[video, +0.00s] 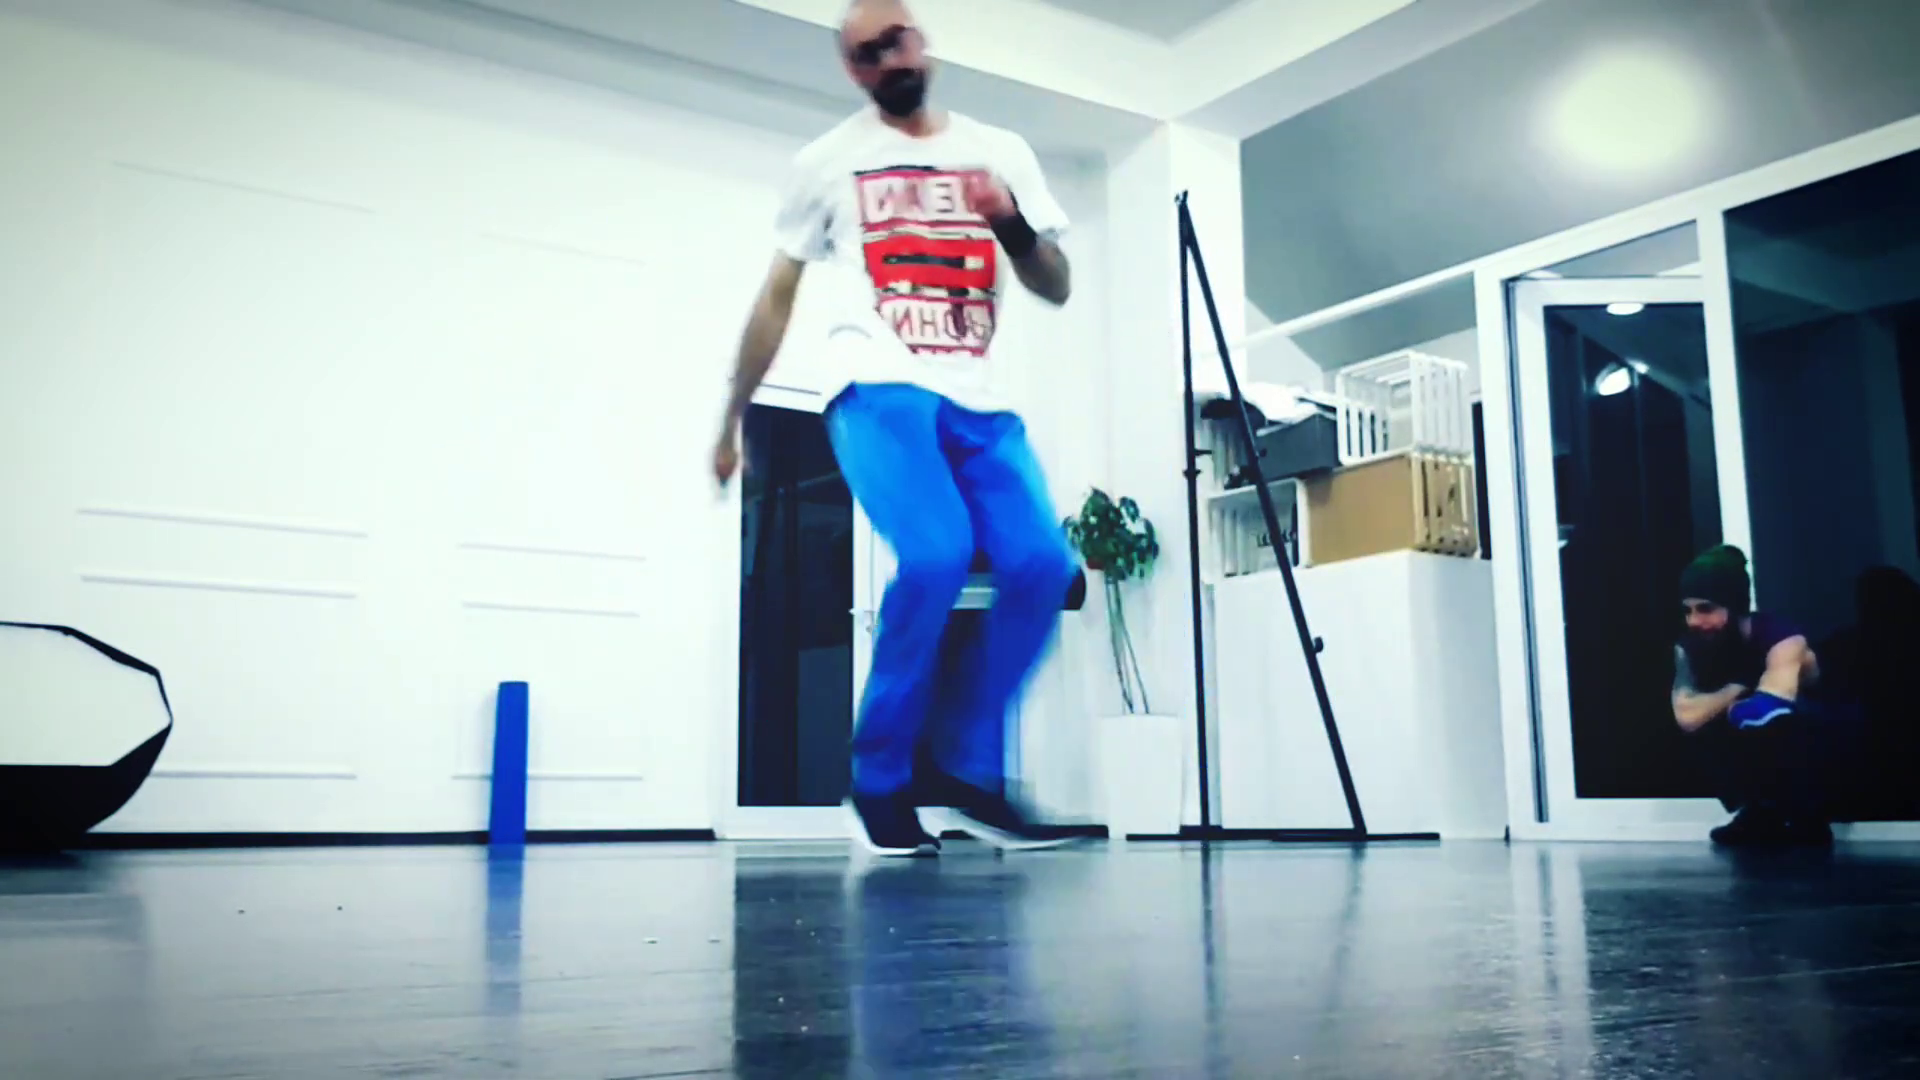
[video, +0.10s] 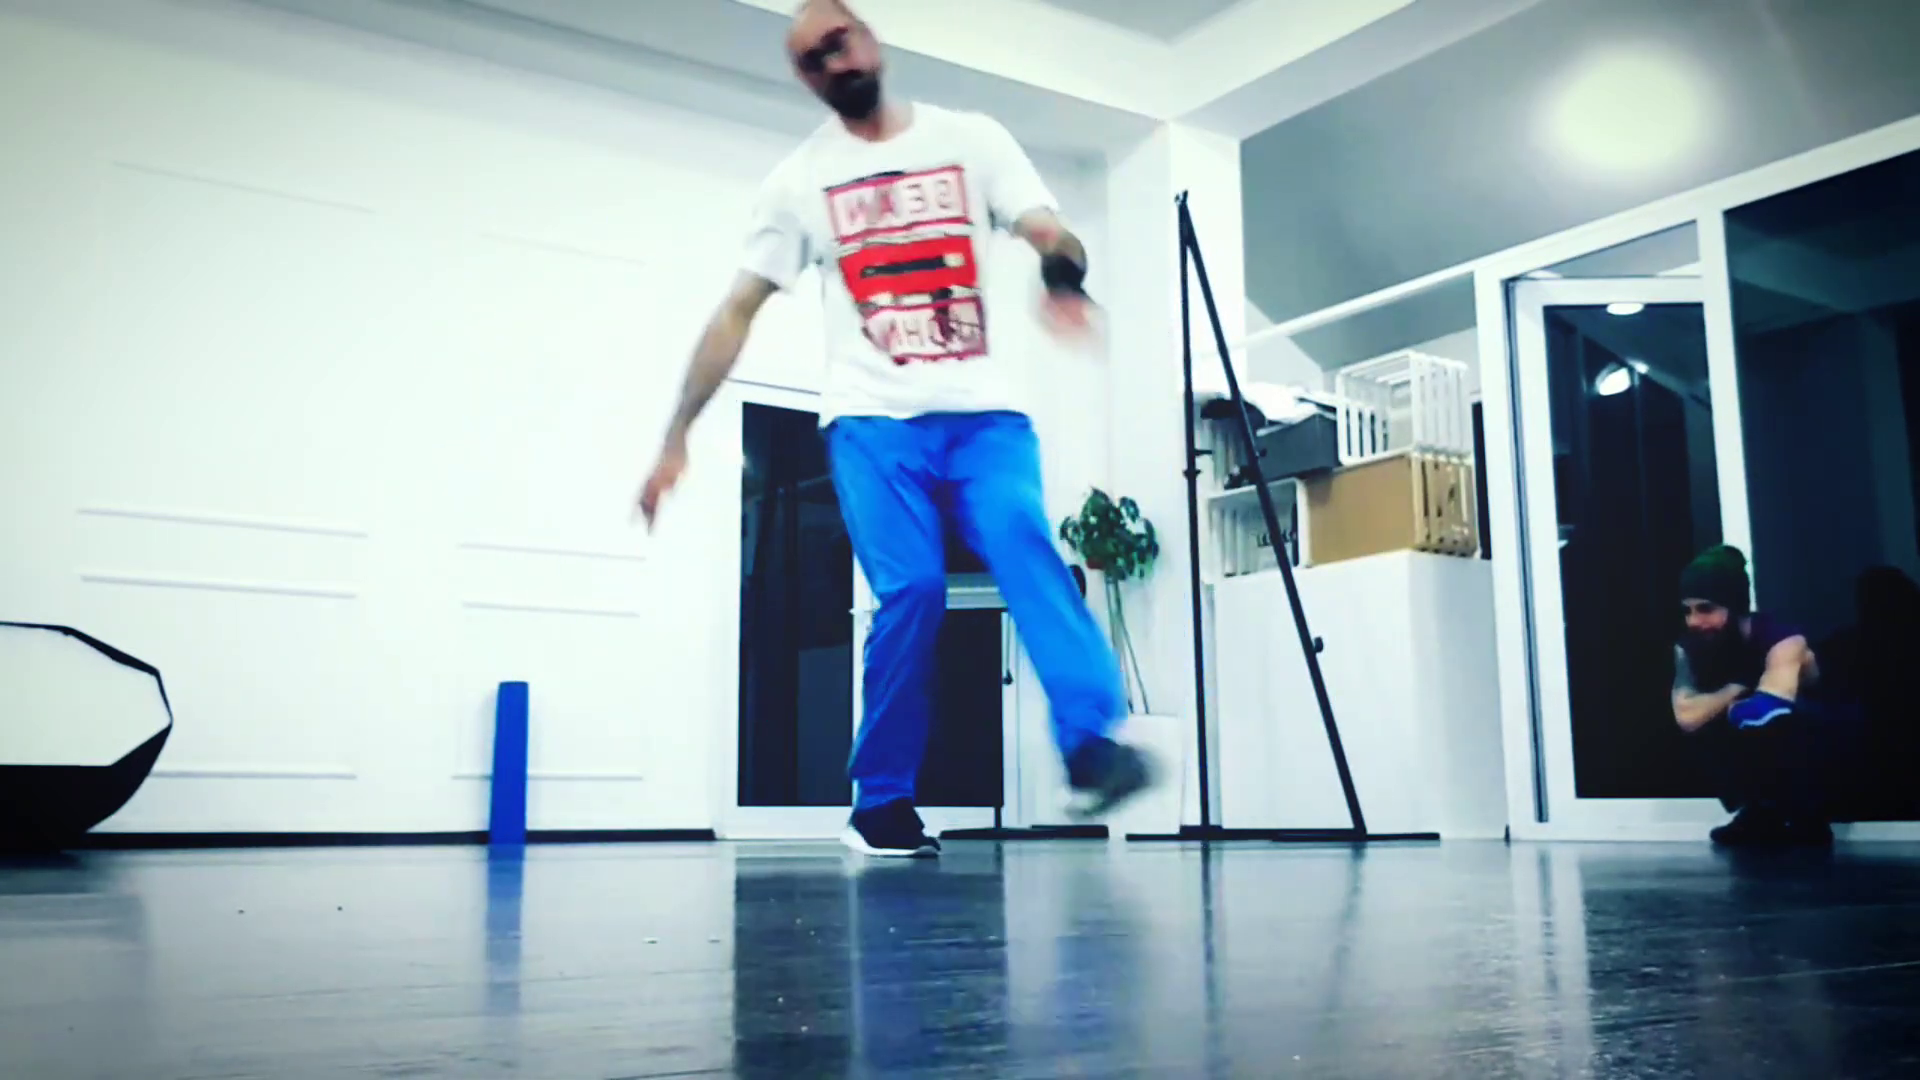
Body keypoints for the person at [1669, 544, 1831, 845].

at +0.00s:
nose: (1694, 622)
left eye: (1705, 610)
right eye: (1688, 611)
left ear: (1734, 606)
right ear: (1682, 610)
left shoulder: (1780, 636)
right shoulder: (1688, 650)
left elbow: (1772, 706)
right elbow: (1687, 716)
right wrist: (1735, 690)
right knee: (1703, 727)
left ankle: (1804, 821)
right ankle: (1755, 813)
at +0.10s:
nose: (1694, 622)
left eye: (1706, 610)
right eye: (1688, 611)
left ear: (1733, 606)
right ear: (1682, 611)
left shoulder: (1776, 636)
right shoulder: (1687, 650)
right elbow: (1687, 716)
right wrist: (1733, 692)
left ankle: (1802, 820)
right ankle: (1755, 812)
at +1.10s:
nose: (1697, 622)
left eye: (1708, 610)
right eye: (1690, 612)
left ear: (1737, 607)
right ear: (1684, 613)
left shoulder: (1780, 638)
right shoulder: (1690, 652)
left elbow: (1773, 702)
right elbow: (1687, 717)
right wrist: (1732, 692)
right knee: (1710, 727)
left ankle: (1804, 820)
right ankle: (1757, 813)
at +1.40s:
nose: (1696, 622)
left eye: (1708, 611)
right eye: (1690, 612)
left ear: (1737, 607)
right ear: (1684, 612)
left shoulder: (1781, 639)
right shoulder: (1690, 651)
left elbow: (1774, 700)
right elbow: (1687, 716)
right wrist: (1731, 692)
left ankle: (1804, 820)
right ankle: (1756, 813)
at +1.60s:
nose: (1696, 623)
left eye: (1707, 611)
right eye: (1690, 612)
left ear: (1736, 608)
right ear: (1684, 613)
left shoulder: (1781, 638)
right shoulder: (1690, 651)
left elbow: (1775, 700)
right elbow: (1687, 716)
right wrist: (1731, 693)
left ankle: (1804, 820)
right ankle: (1757, 813)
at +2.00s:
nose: (1697, 625)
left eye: (1708, 613)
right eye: (1690, 614)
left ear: (1738, 610)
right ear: (1685, 615)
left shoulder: (1782, 639)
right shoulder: (1690, 653)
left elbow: (1775, 700)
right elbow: (1687, 716)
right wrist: (1733, 692)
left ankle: (1804, 820)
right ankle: (1756, 813)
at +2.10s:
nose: (1697, 623)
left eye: (1709, 611)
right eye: (1691, 612)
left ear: (1737, 608)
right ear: (1685, 612)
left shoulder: (1782, 638)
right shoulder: (1690, 652)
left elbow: (1774, 702)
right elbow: (1687, 716)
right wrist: (1732, 692)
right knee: (1708, 727)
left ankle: (1804, 821)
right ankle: (1756, 814)